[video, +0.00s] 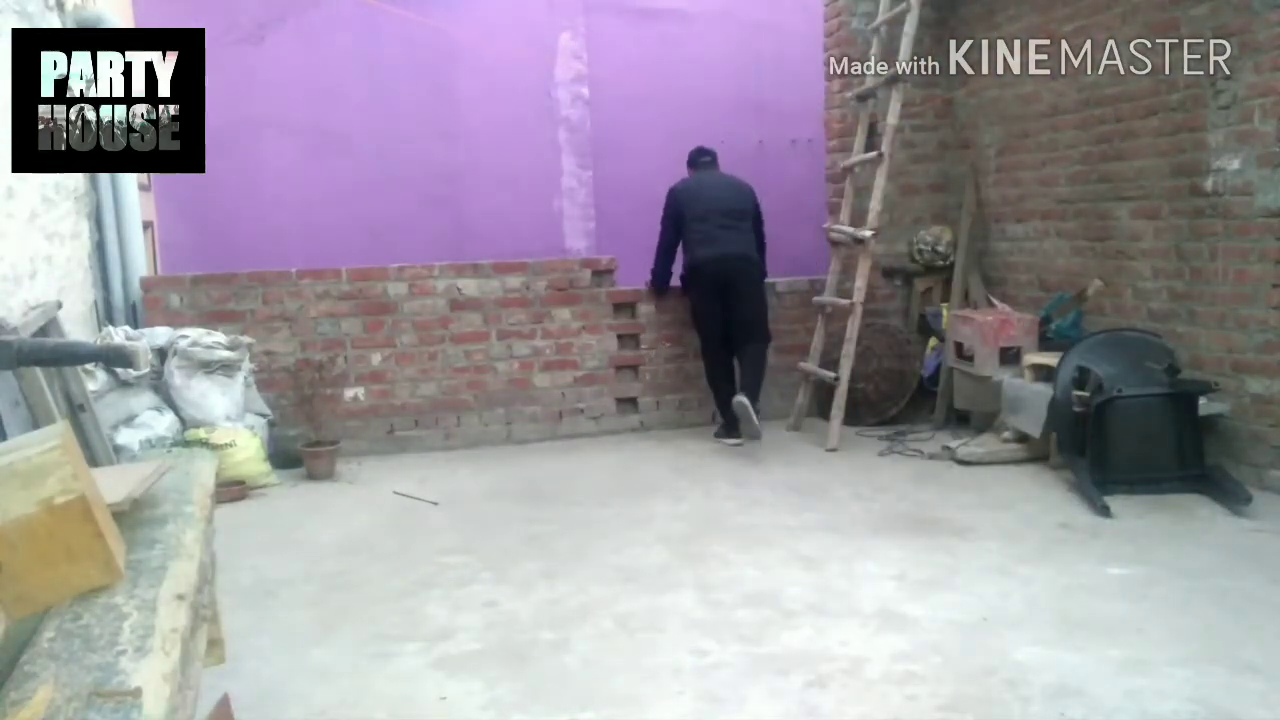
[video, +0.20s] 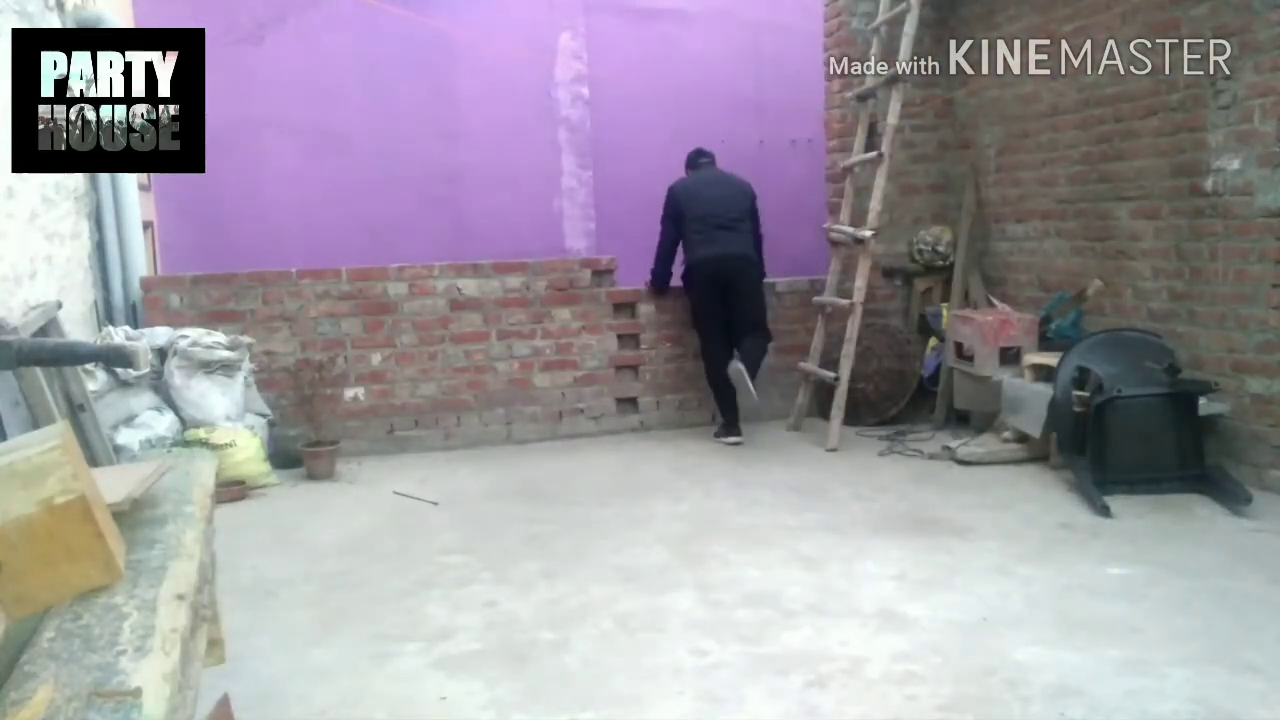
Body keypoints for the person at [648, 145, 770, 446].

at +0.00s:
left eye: (694, 167)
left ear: (690, 168)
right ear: (717, 165)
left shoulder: (680, 191)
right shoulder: (743, 187)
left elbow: (668, 241)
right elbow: (758, 235)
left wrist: (659, 282)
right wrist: (758, 270)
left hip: (703, 276)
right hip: (745, 272)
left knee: (715, 347)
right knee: (754, 338)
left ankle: (730, 425)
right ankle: (747, 397)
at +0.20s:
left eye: (693, 167)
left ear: (689, 169)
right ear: (715, 164)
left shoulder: (679, 189)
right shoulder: (742, 186)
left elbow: (669, 240)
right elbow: (755, 234)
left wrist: (659, 281)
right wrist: (757, 269)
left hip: (702, 273)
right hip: (744, 269)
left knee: (715, 347)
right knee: (755, 330)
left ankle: (731, 426)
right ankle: (745, 364)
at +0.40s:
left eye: (689, 170)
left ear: (688, 170)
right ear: (714, 164)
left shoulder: (679, 189)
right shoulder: (742, 185)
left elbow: (669, 240)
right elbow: (753, 233)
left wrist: (659, 281)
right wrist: (757, 269)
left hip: (701, 274)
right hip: (743, 269)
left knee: (715, 346)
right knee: (757, 331)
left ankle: (730, 425)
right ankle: (739, 357)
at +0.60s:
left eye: (687, 172)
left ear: (686, 171)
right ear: (712, 166)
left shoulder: (679, 189)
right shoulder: (740, 184)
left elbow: (669, 239)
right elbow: (752, 232)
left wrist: (659, 282)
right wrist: (757, 268)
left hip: (702, 273)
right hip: (742, 269)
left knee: (715, 344)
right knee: (755, 330)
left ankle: (730, 423)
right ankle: (737, 360)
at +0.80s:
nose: (682, 181)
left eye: (681, 176)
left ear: (684, 172)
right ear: (709, 166)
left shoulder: (678, 189)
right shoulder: (738, 185)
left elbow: (668, 240)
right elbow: (750, 232)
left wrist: (659, 283)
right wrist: (756, 267)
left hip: (703, 272)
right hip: (743, 268)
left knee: (715, 343)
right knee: (754, 331)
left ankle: (731, 423)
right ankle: (733, 357)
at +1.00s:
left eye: (680, 176)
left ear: (682, 172)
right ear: (707, 167)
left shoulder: (676, 189)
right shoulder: (735, 184)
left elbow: (667, 239)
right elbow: (749, 231)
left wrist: (659, 283)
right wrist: (756, 267)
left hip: (701, 272)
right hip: (742, 268)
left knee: (714, 344)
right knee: (753, 331)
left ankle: (730, 423)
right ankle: (729, 360)